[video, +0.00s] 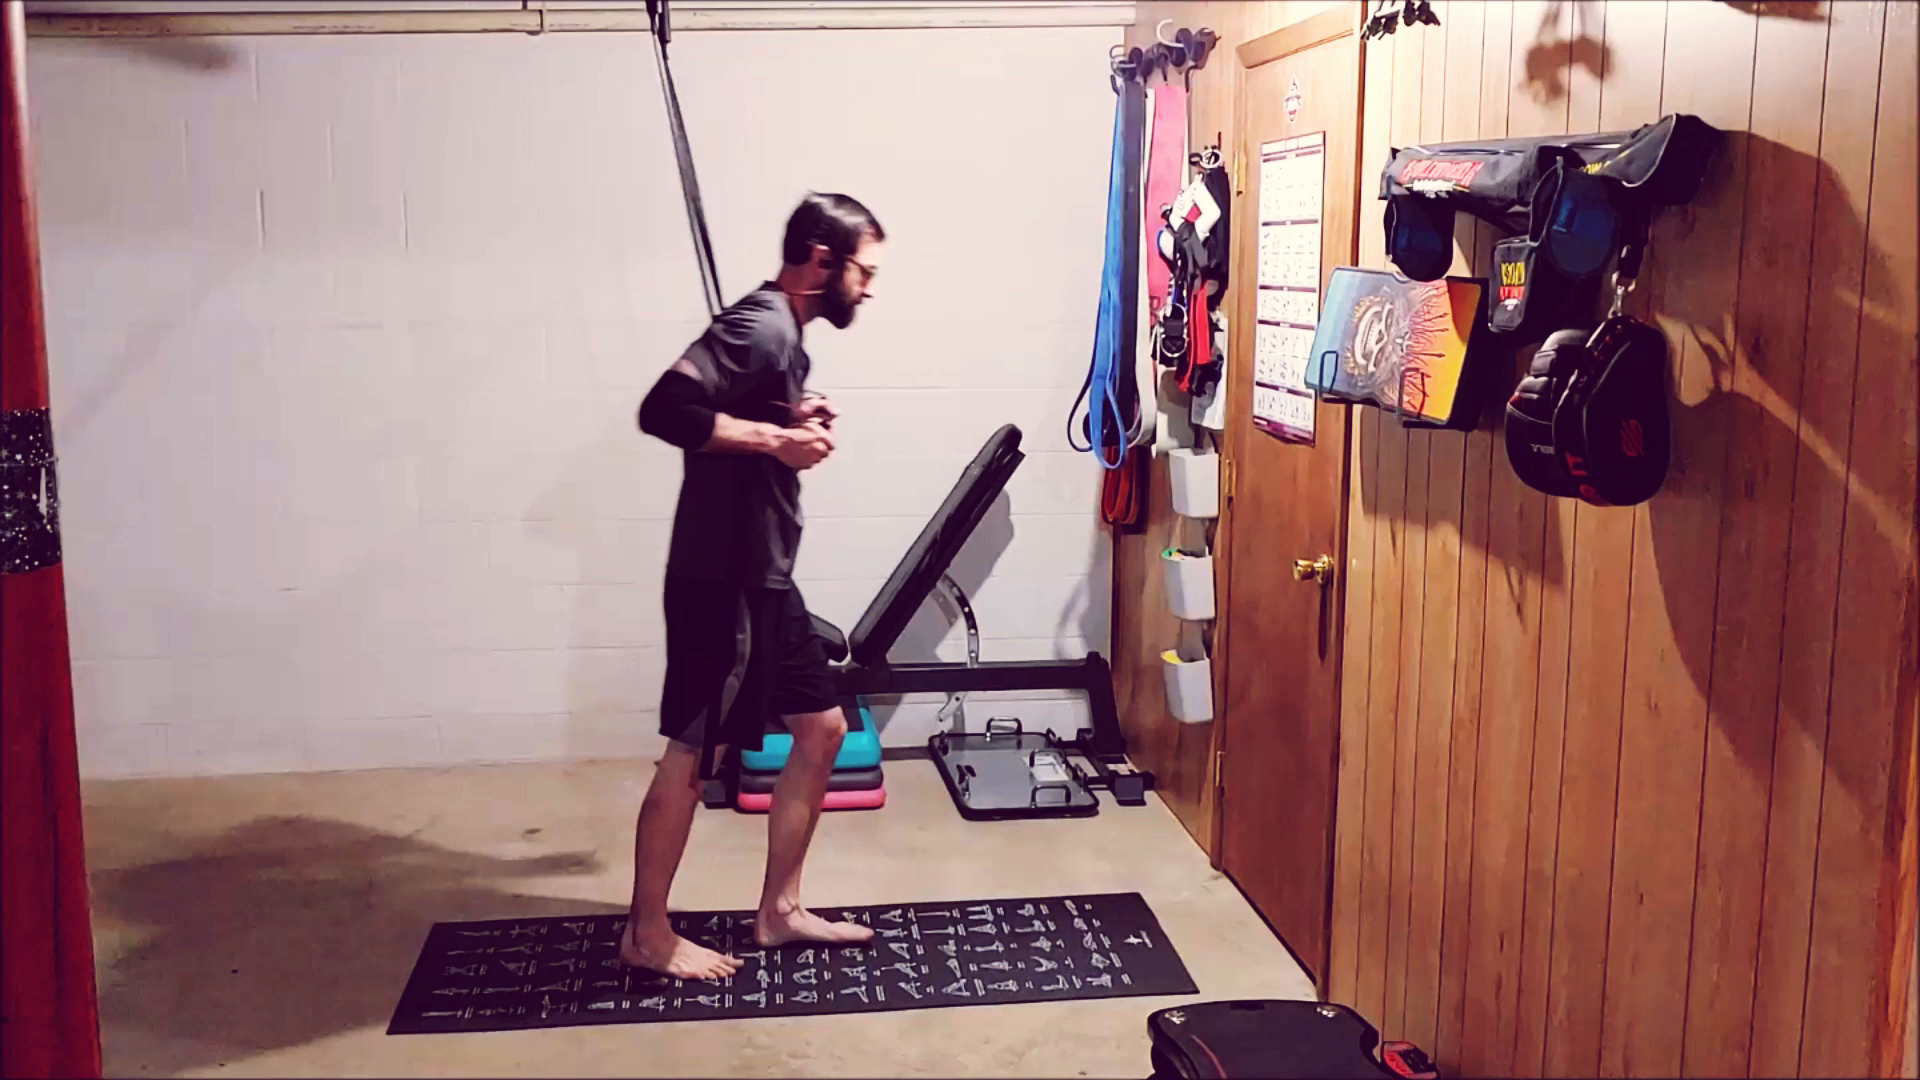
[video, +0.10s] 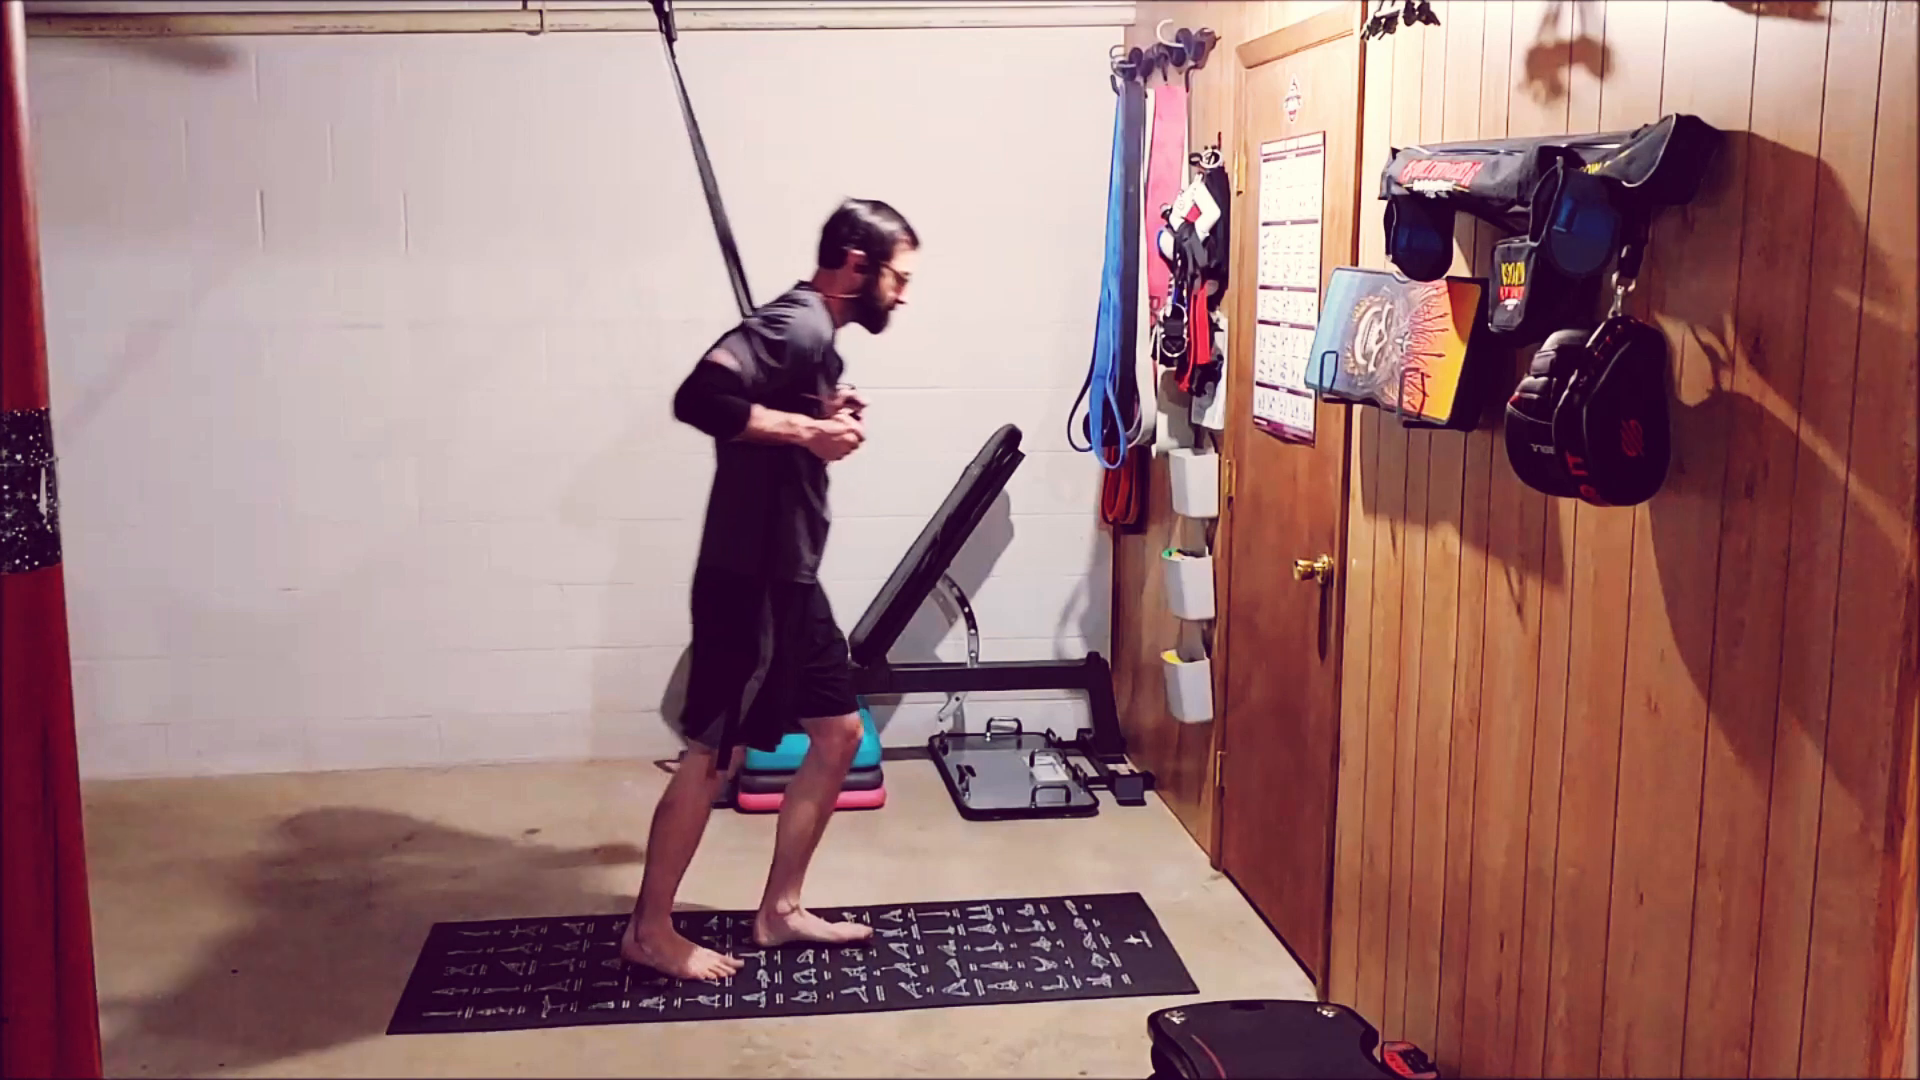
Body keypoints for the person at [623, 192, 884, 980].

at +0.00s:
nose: (870, 286)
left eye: (873, 272)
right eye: (865, 270)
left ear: (820, 261)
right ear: (819, 260)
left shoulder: (788, 331)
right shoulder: (757, 323)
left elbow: (725, 420)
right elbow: (664, 410)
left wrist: (795, 418)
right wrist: (776, 439)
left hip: (767, 576)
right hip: (719, 576)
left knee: (822, 728)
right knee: (692, 752)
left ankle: (780, 909)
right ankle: (647, 933)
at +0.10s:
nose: (903, 295)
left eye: (906, 280)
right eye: (898, 278)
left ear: (852, 267)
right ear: (851, 265)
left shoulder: (821, 332)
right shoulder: (793, 321)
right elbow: (699, 398)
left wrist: (833, 414)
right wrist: (808, 430)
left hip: (793, 575)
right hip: (745, 575)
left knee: (838, 734)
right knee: (713, 755)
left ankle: (781, 908)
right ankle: (650, 931)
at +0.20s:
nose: (939, 294)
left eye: (942, 279)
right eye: (934, 277)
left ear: (887, 266)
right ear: (889, 264)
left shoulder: (853, 332)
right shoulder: (829, 318)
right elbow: (735, 380)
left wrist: (870, 412)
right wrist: (839, 420)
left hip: (824, 572)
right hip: (781, 571)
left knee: (853, 737)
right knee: (747, 749)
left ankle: (784, 909)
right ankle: (653, 922)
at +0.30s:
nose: (975, 289)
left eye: (978, 275)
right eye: (970, 272)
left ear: (920, 261)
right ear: (924, 259)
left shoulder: (884, 322)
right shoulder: (870, 311)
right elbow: (774, 364)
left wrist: (894, 392)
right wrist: (872, 405)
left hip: (856, 557)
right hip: (825, 557)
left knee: (866, 729)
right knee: (840, 745)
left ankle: (786, 904)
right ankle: (682, 894)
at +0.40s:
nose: (1002, 293)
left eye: (1007, 278)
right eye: (999, 275)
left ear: (953, 258)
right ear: (955, 257)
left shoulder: (919, 314)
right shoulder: (903, 301)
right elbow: (807, 349)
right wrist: (905, 389)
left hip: (881, 556)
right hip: (860, 557)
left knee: (881, 735)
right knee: (932, 733)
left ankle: (794, 891)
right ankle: (767, 831)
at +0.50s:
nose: (1028, 289)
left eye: (1033, 275)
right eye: (1028, 270)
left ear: (984, 251)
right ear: (988, 249)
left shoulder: (938, 302)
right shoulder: (930, 288)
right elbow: (830, 334)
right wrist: (929, 373)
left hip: (899, 543)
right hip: (895, 547)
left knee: (874, 727)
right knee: (1028, 680)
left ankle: (795, 888)